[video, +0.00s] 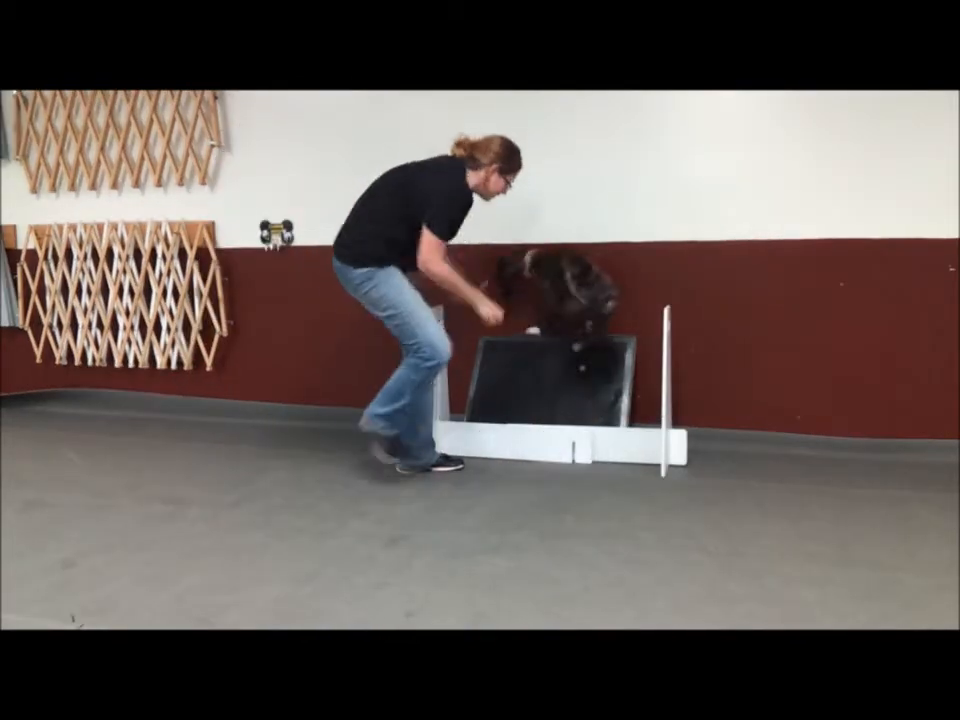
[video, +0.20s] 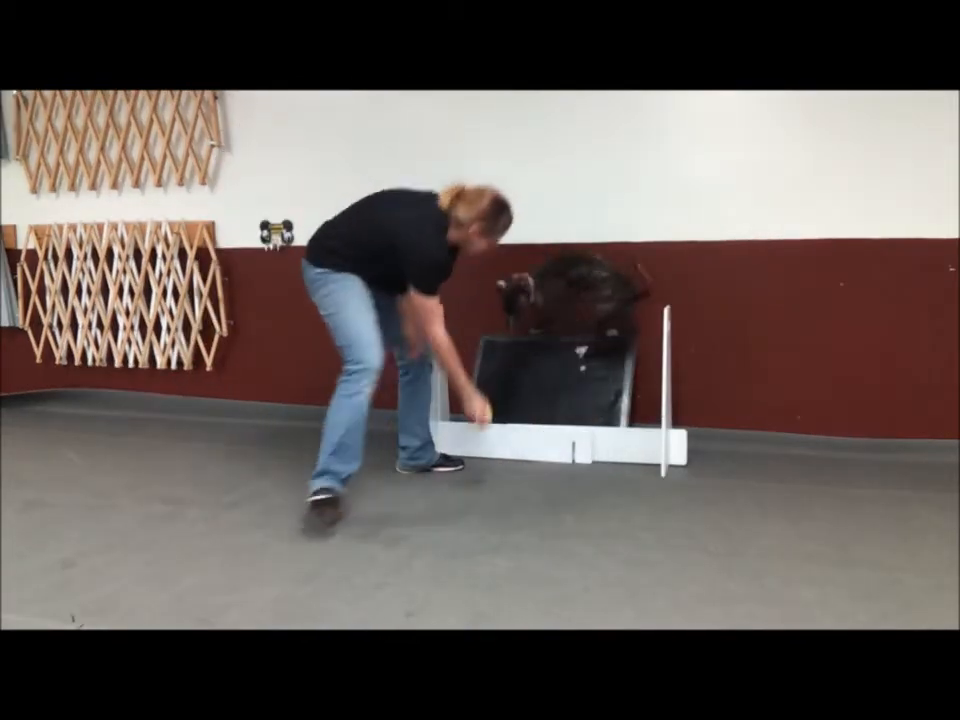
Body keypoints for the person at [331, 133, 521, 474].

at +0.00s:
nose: (506, 188)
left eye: (510, 182)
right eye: (507, 179)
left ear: (486, 167)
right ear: (489, 169)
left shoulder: (450, 177)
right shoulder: (453, 189)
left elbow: (431, 252)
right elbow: (430, 262)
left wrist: (472, 292)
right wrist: (479, 301)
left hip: (376, 261)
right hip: (365, 264)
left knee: (424, 350)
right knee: (434, 350)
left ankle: (416, 454)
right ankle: (379, 421)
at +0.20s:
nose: (488, 250)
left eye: (492, 244)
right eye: (489, 242)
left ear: (473, 225)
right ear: (474, 229)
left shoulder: (442, 217)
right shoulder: (430, 246)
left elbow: (411, 266)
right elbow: (435, 330)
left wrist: (411, 318)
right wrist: (468, 393)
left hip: (382, 277)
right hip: (335, 268)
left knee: (416, 352)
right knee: (365, 363)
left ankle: (417, 455)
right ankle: (326, 484)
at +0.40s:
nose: (420, 312)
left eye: (426, 305)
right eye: (413, 304)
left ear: (435, 285)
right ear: (388, 287)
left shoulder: (413, 259)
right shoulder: (352, 294)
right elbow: (373, 391)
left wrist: (352, 346)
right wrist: (401, 474)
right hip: (293, 287)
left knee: (401, 367)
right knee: (302, 388)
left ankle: (418, 453)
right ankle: (304, 515)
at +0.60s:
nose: (323, 306)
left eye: (331, 296)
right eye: (311, 299)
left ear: (341, 275)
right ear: (284, 284)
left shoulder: (366, 263)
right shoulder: (263, 288)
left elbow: (347, 304)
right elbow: (265, 383)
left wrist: (321, 335)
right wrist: (260, 474)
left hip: (352, 295)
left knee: (368, 369)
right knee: (278, 395)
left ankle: (381, 453)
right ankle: (299, 513)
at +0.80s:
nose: (256, 240)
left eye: (262, 227)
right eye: (243, 232)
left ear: (282, 208)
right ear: (227, 223)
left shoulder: (321, 205)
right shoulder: (217, 244)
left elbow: (357, 251)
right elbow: (198, 333)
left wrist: (322, 311)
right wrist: (164, 425)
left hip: (340, 273)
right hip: (271, 287)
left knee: (351, 367)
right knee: (276, 393)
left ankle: (349, 444)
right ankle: (301, 512)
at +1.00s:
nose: (234, 153)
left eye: (243, 139)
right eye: (222, 142)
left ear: (265, 134)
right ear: (208, 145)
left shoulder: (310, 159)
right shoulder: (204, 191)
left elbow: (347, 229)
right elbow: (181, 288)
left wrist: (313, 294)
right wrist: (149, 369)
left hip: (339, 264)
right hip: (269, 273)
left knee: (345, 376)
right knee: (282, 390)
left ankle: (339, 446)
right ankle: (302, 511)